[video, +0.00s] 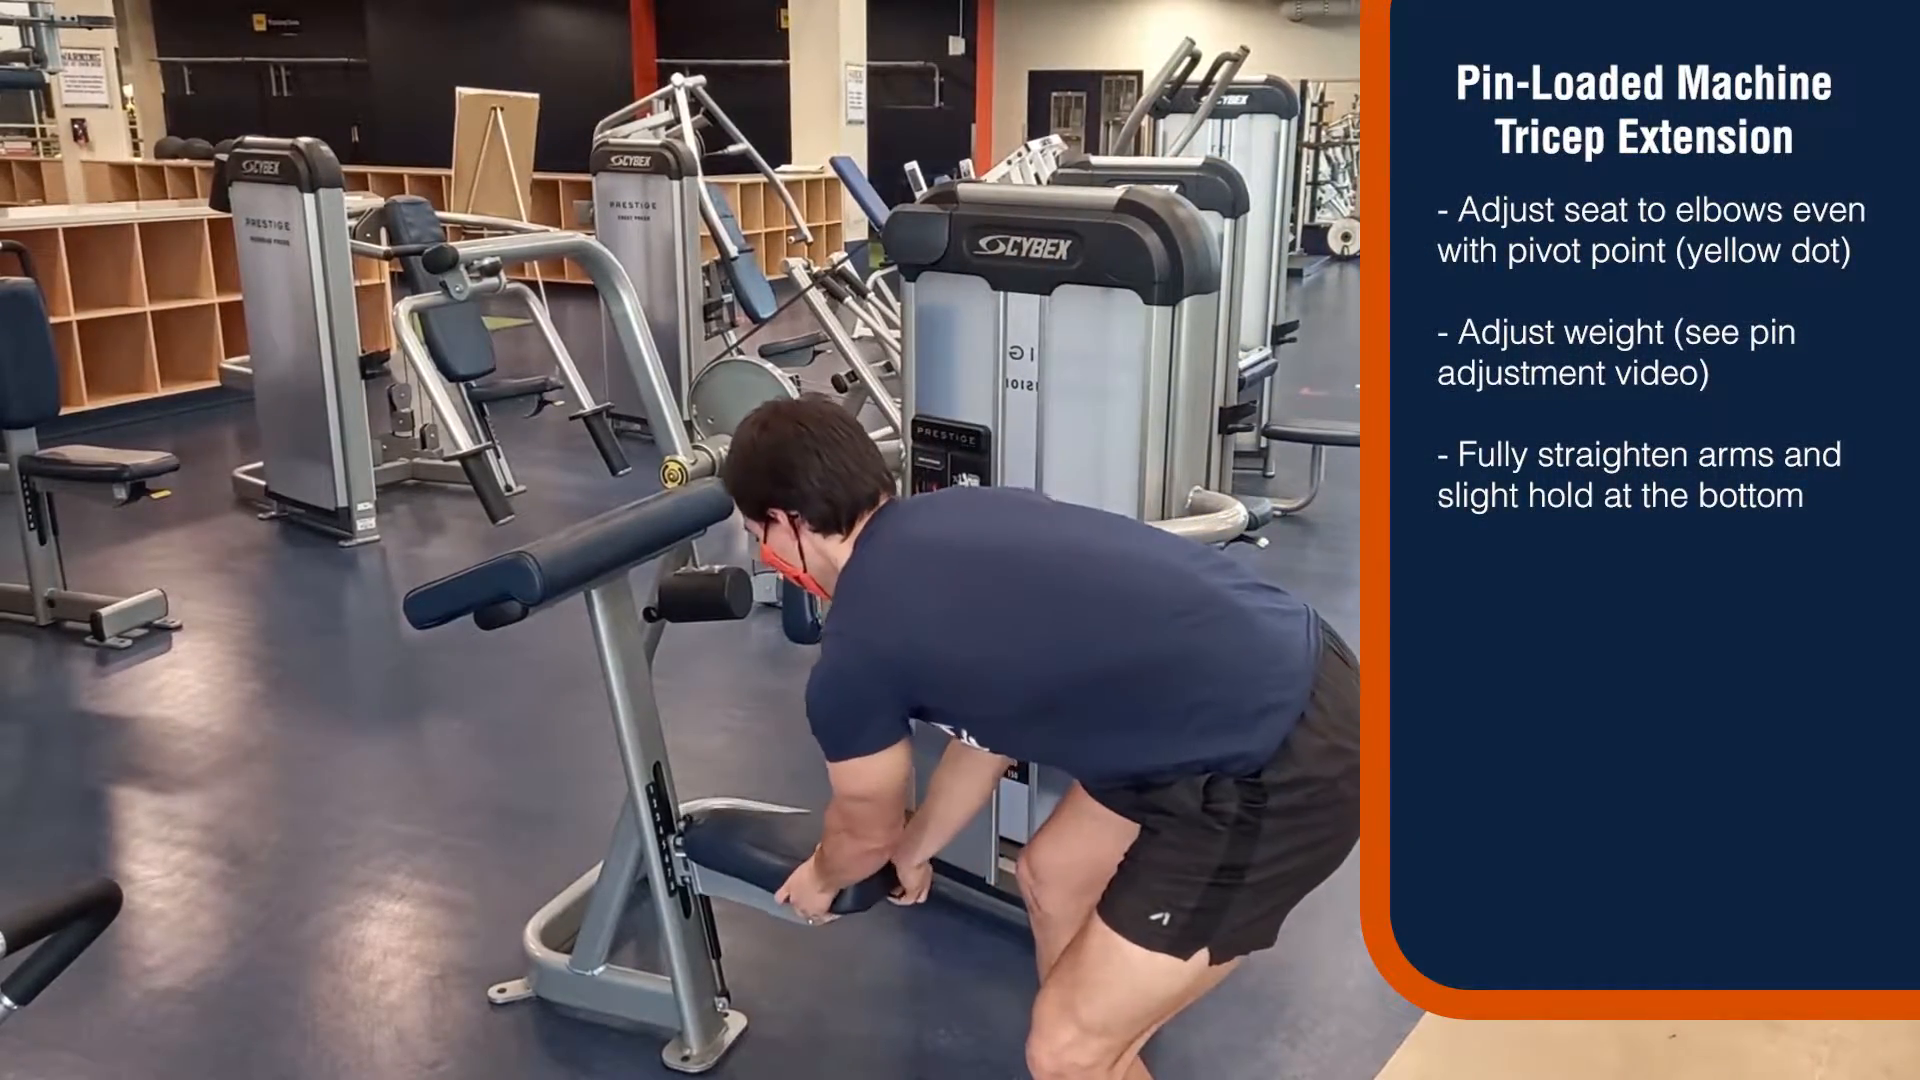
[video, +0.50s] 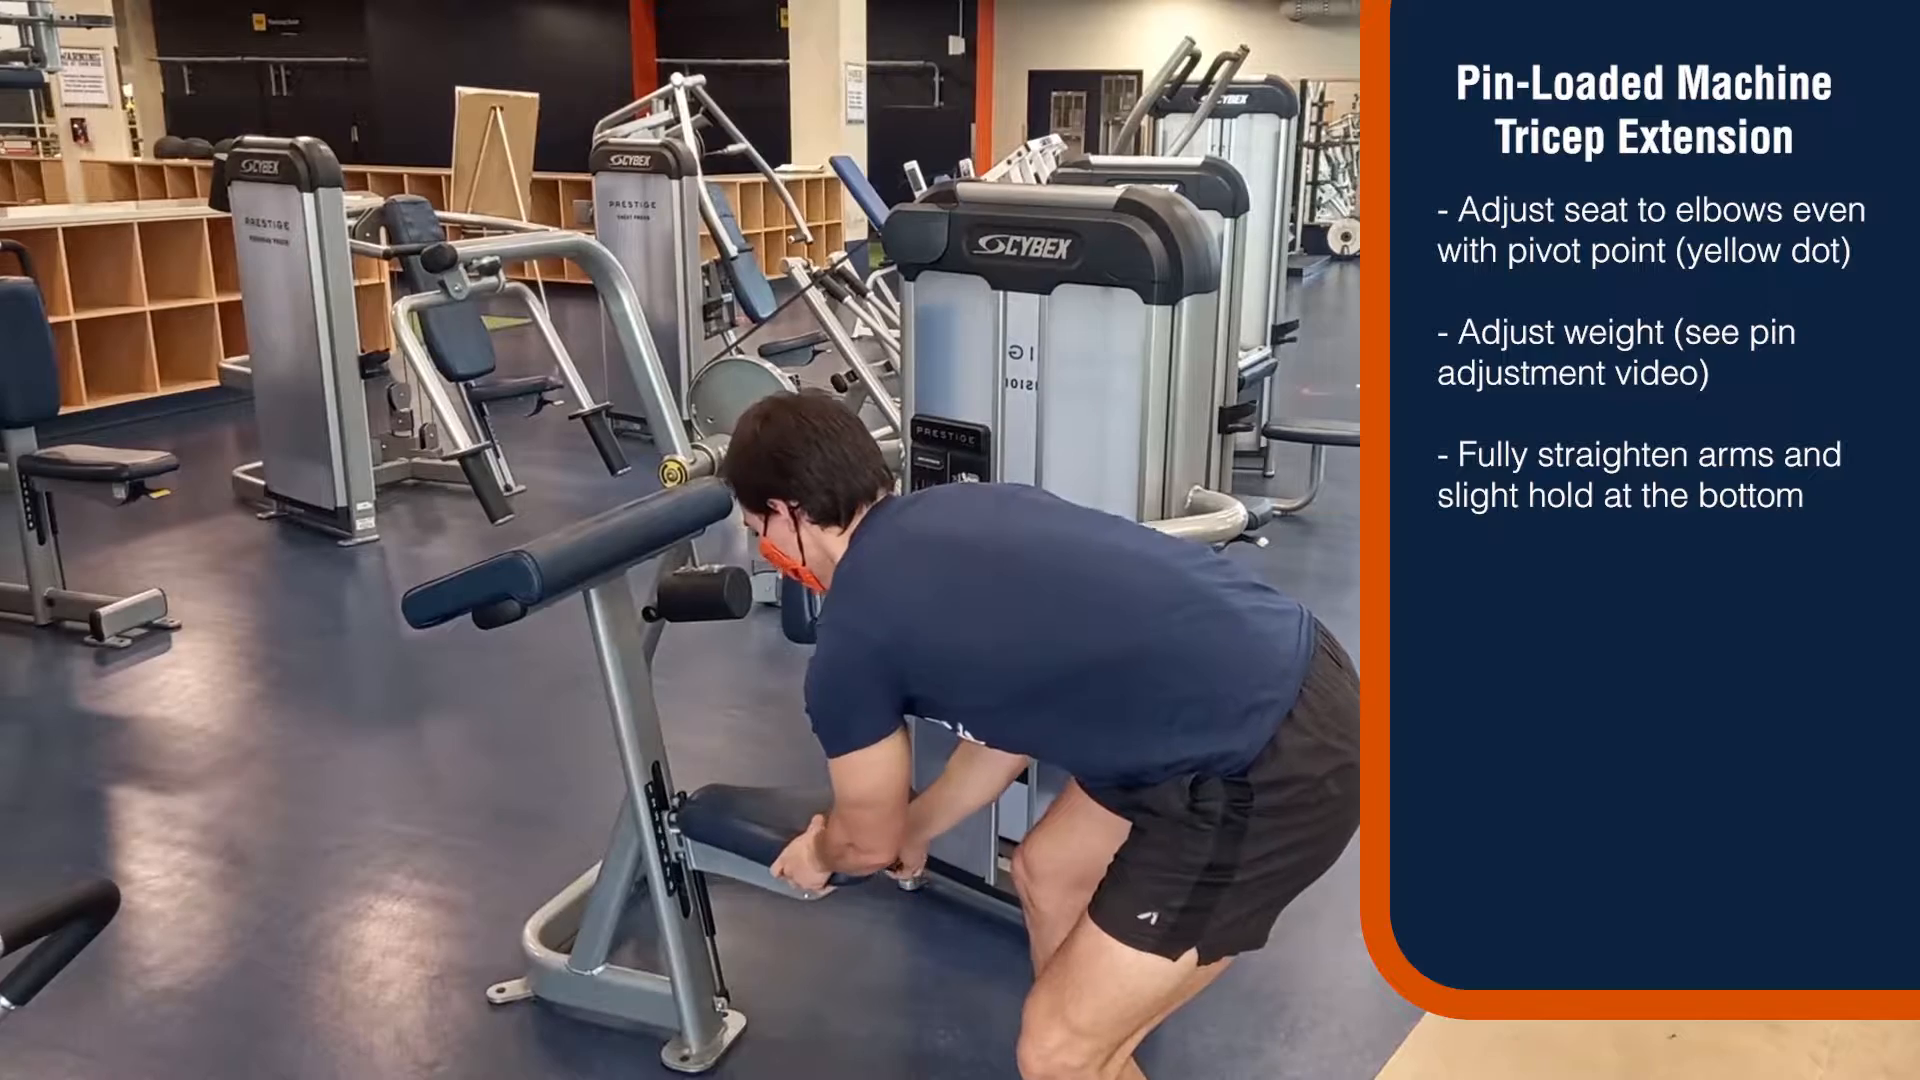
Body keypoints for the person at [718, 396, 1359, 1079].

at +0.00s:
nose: (761, 558)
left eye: (756, 535)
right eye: (753, 538)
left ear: (787, 528)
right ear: (870, 477)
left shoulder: (854, 657)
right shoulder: (956, 517)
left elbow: (865, 833)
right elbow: (995, 727)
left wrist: (819, 878)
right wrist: (913, 850)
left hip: (1269, 750)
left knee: (1071, 1047)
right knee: (1054, 878)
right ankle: (1106, 1056)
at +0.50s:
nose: (763, 555)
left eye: (756, 532)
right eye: (754, 536)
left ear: (787, 519)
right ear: (869, 473)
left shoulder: (852, 640)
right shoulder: (966, 510)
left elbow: (871, 842)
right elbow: (1019, 718)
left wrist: (818, 852)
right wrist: (911, 832)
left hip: (1259, 752)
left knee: (1061, 1051)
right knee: (1049, 876)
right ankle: (1105, 1060)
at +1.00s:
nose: (761, 526)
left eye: (757, 504)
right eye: (754, 508)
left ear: (795, 492)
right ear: (874, 453)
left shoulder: (858, 607)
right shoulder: (970, 487)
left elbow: (867, 825)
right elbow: (1032, 692)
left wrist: (815, 829)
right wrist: (903, 801)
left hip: (1258, 747)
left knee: (1067, 1047)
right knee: (1052, 872)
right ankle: (1110, 1051)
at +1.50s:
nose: (764, 520)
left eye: (760, 498)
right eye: (757, 501)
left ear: (795, 485)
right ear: (874, 447)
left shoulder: (858, 602)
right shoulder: (971, 483)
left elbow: (862, 820)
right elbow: (1023, 691)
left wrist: (815, 837)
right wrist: (907, 810)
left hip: (1257, 743)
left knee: (1071, 1047)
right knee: (1053, 873)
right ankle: (1107, 1047)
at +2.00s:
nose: (763, 405)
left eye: (761, 381)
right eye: (759, 383)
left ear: (794, 377)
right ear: (882, 352)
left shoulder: (860, 498)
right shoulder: (958, 418)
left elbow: (866, 743)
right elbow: (1026, 626)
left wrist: (833, 812)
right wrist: (948, 785)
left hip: (1234, 712)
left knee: (1095, 1044)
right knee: (1067, 894)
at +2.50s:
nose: (811, 103)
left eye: (815, 78)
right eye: (816, 79)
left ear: (836, 85)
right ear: (956, 102)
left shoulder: (808, 249)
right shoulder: (1018, 241)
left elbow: (809, 515)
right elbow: (1069, 454)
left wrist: (769, 731)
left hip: (952, 676)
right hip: (1053, 637)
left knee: (963, 1001)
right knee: (931, 976)